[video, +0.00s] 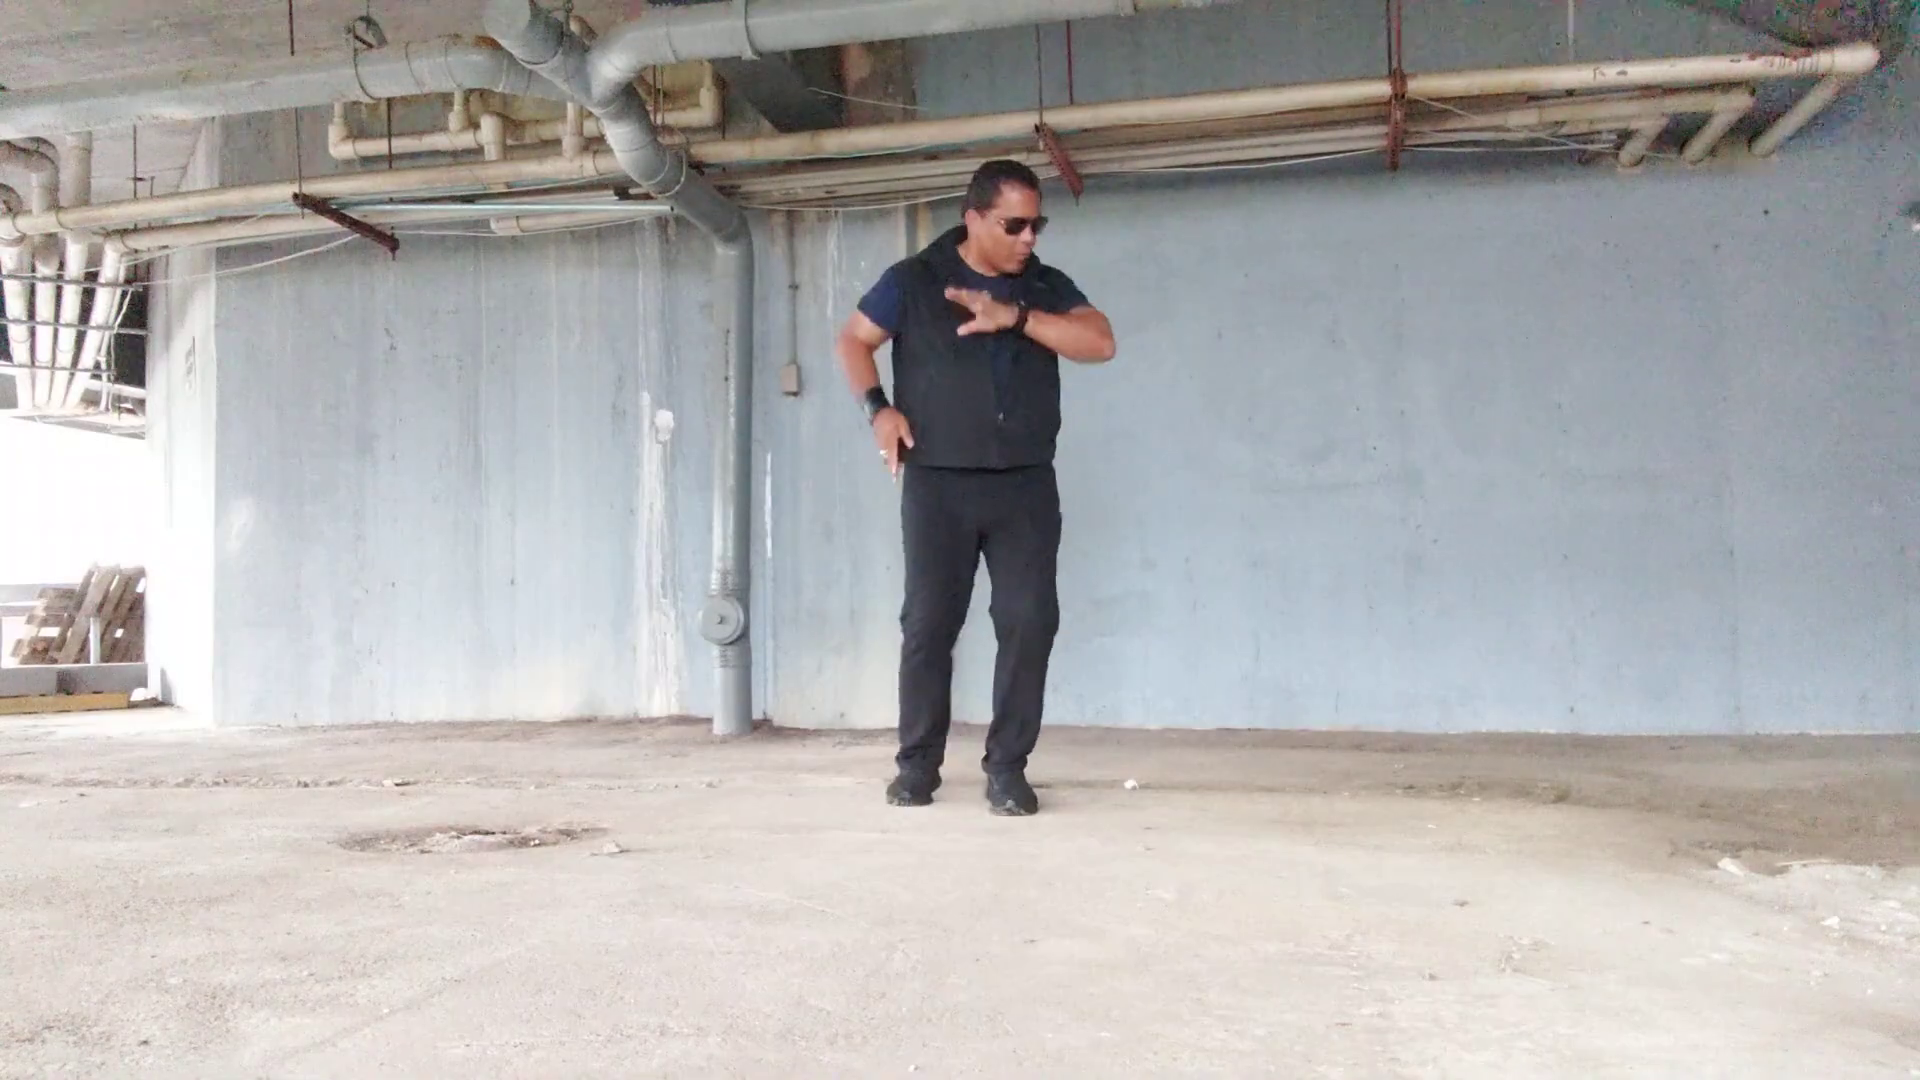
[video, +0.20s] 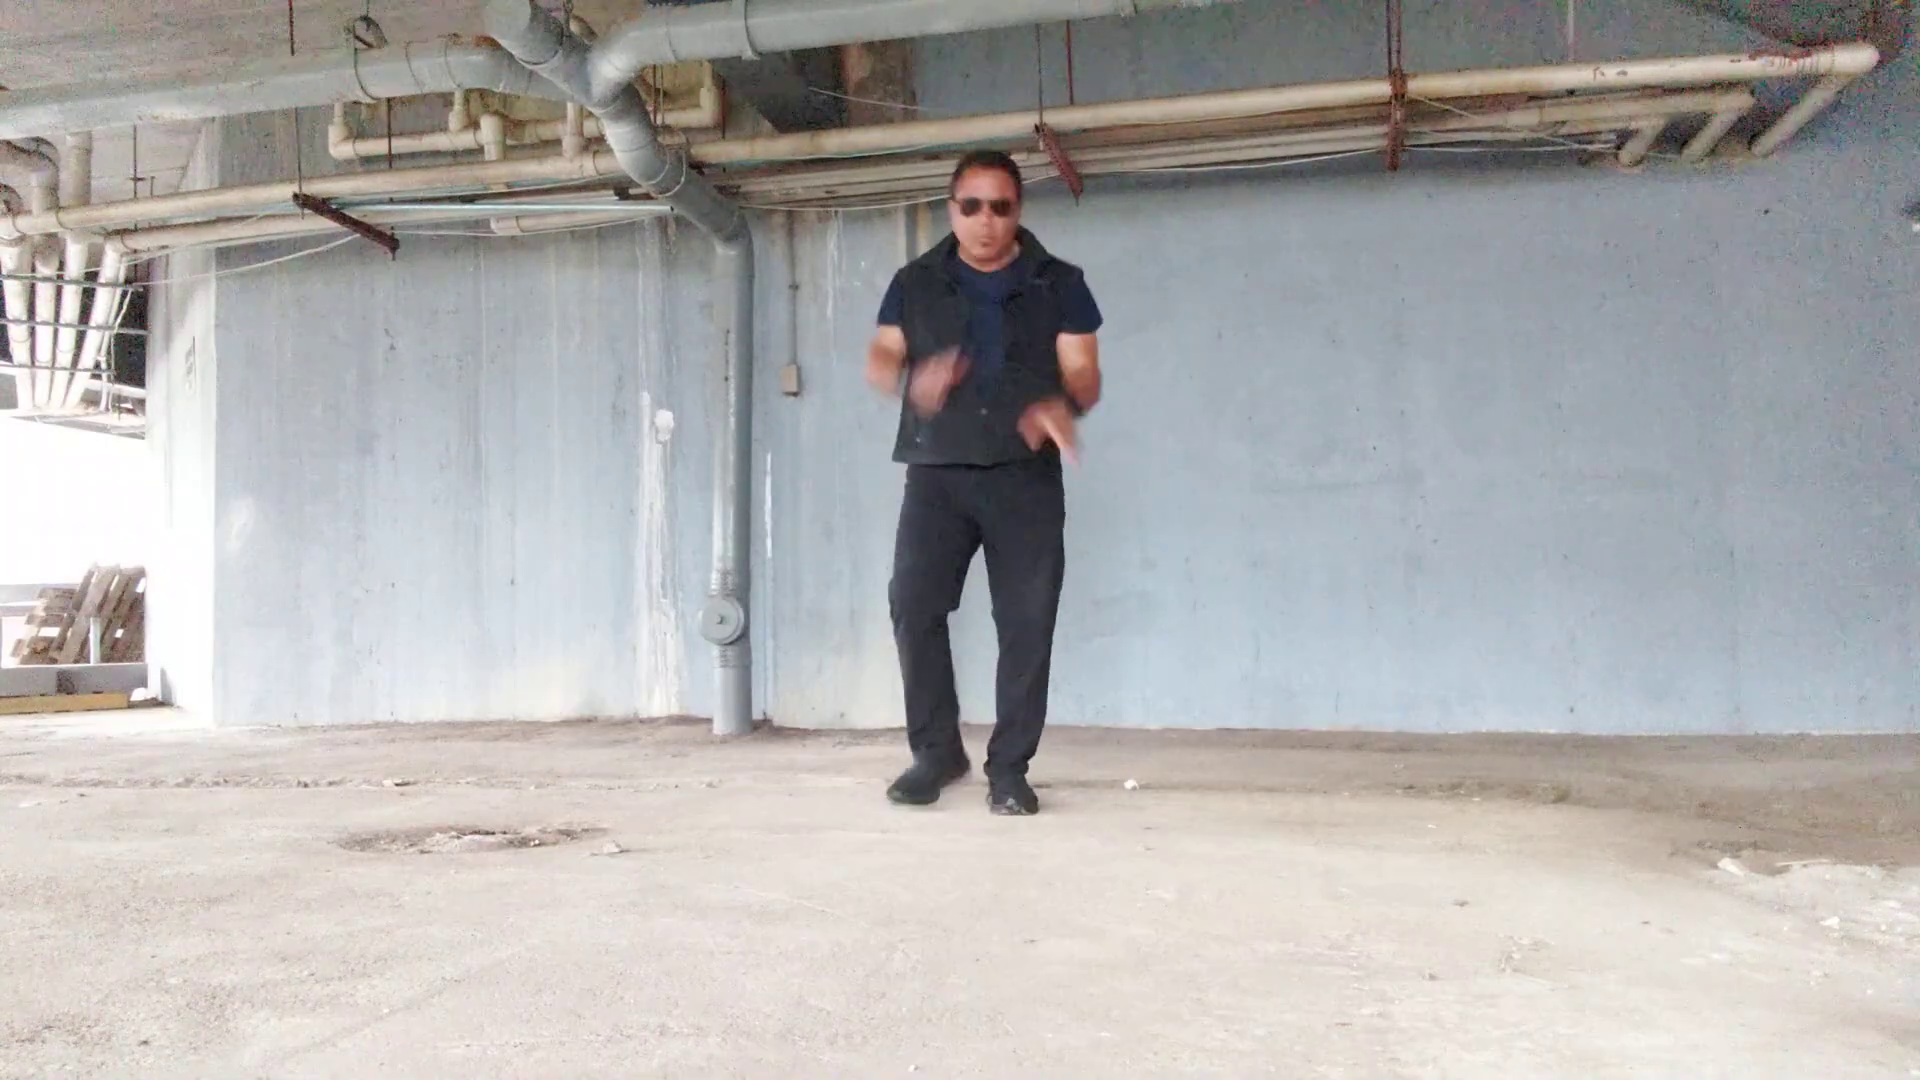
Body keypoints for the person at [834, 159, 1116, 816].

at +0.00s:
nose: (1029, 238)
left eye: (1035, 225)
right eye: (1016, 225)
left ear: (1039, 221)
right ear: (973, 219)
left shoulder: (1044, 284)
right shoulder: (916, 279)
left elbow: (1101, 343)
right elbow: (853, 340)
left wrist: (1018, 318)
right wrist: (878, 408)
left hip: (1025, 485)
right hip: (937, 485)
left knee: (1031, 622)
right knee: (927, 626)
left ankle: (1007, 768)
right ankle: (917, 764)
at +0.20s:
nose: (986, 219)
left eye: (1000, 206)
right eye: (972, 206)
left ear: (1018, 212)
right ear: (951, 211)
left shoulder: (1058, 283)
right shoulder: (917, 281)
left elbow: (1083, 377)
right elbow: (881, 363)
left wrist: (1060, 407)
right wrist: (913, 380)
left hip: (1025, 481)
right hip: (936, 479)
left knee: (1028, 628)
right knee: (913, 607)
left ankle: (1009, 771)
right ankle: (937, 752)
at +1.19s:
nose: (983, 217)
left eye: (995, 203)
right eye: (968, 204)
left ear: (1007, 203)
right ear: (936, 203)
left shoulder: (1034, 272)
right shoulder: (900, 265)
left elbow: (1085, 361)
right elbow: (831, 324)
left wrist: (1078, 454)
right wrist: (891, 301)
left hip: (1002, 474)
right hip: (917, 473)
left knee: (1009, 627)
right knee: (896, 620)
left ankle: (1009, 774)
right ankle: (886, 778)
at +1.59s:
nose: (928, 220)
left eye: (939, 206)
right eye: (913, 206)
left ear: (948, 206)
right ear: (876, 205)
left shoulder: (968, 273)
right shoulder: (831, 279)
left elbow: (1003, 356)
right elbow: (820, 375)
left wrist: (1046, 429)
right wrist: (861, 352)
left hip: (943, 479)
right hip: (855, 485)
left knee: (963, 609)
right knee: (859, 629)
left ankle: (938, 737)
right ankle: (879, 786)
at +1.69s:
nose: (930, 213)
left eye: (936, 200)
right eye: (916, 199)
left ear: (939, 202)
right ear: (872, 200)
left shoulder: (949, 268)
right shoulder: (815, 276)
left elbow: (1016, 339)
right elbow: (760, 361)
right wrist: (804, 426)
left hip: (934, 476)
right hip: (850, 479)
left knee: (927, 616)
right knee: (858, 624)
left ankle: (843, 732)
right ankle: (875, 778)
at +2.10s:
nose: (878, 201)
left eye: (893, 190)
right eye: (864, 190)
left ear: (917, 200)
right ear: (847, 200)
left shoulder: (957, 281)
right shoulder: (808, 277)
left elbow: (978, 372)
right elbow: (770, 372)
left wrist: (977, 402)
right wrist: (802, 399)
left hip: (923, 476)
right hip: (836, 479)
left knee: (949, 580)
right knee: (846, 625)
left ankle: (891, 663)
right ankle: (853, 781)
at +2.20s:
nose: (864, 193)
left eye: (880, 179)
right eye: (851, 180)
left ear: (906, 188)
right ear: (837, 189)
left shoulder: (956, 261)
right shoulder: (819, 261)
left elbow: (1009, 346)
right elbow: (768, 344)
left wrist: (1001, 406)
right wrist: (829, 307)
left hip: (934, 463)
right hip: (843, 469)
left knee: (960, 573)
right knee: (843, 626)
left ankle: (930, 664)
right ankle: (851, 783)